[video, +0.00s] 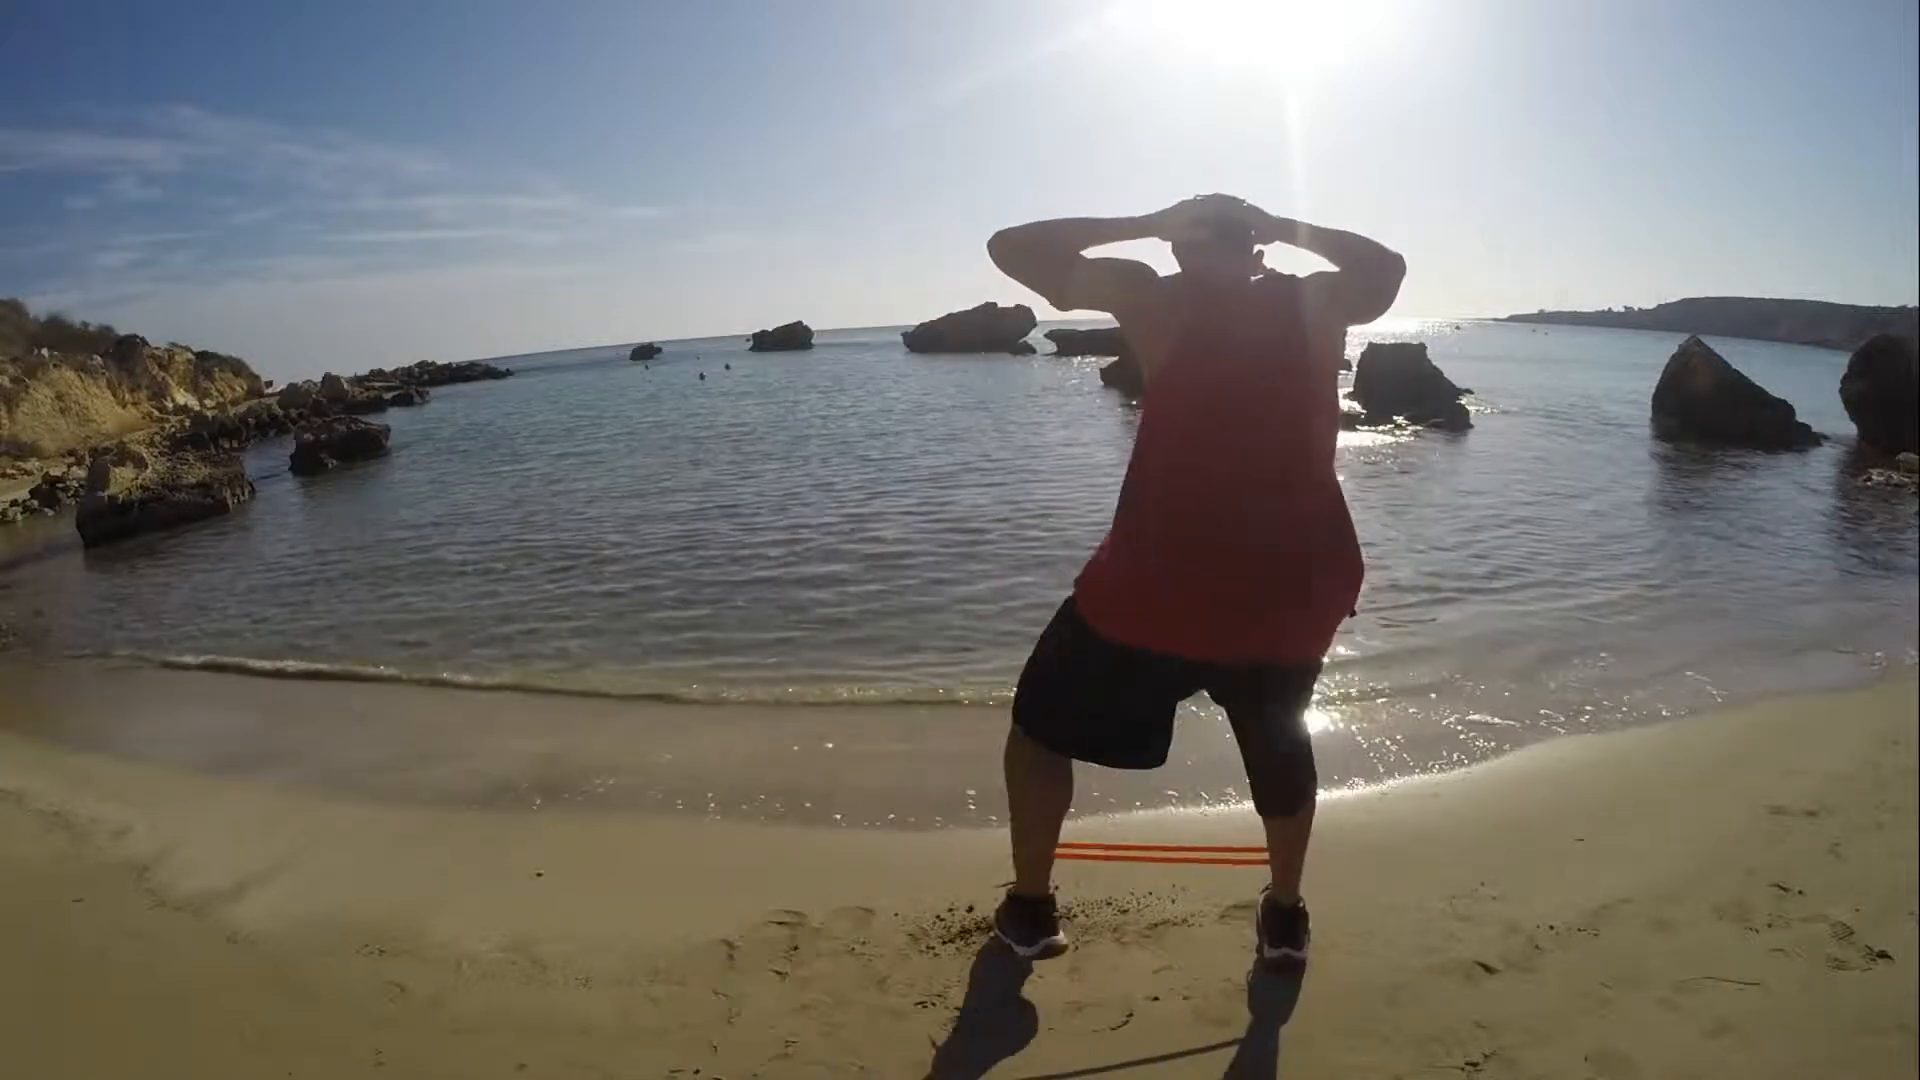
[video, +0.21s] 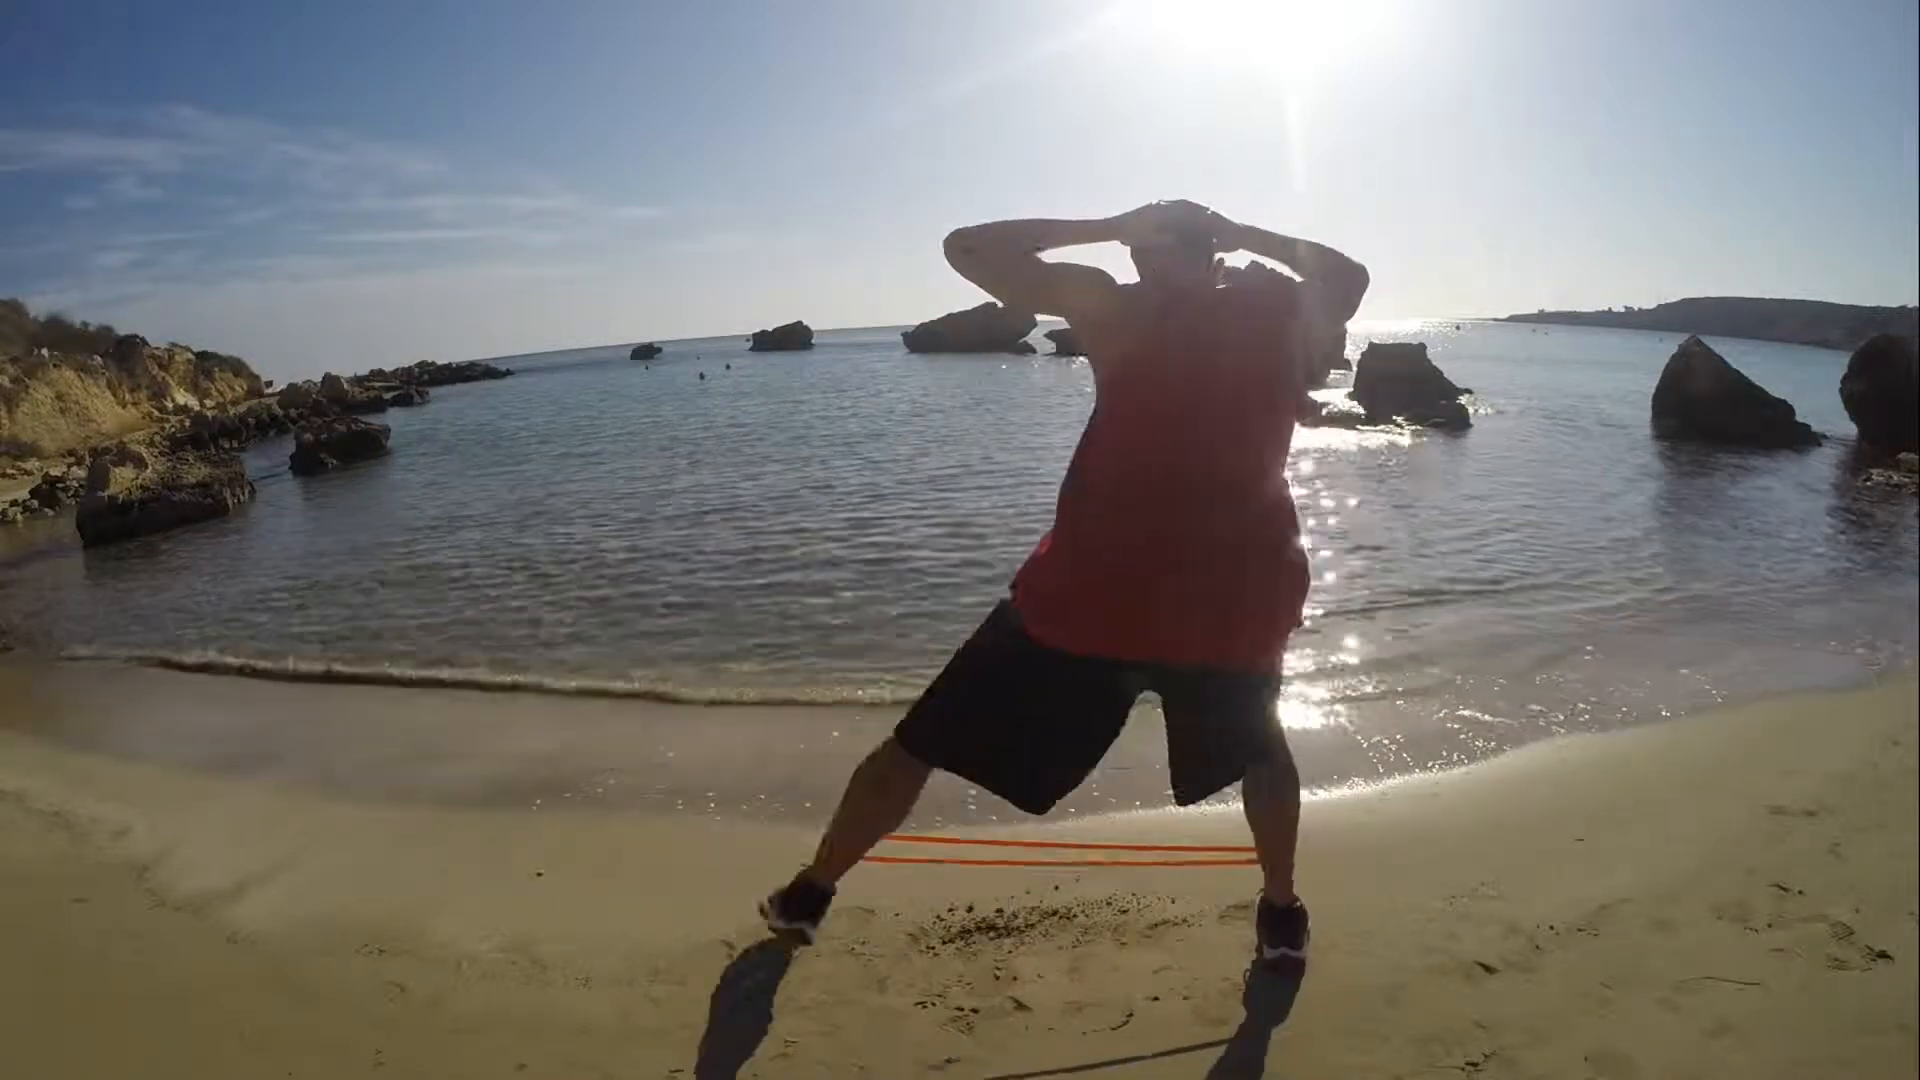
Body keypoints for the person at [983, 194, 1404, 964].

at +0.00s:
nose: (1189, 248)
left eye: (1189, 236)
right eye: (1196, 236)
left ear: (1183, 246)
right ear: (1255, 244)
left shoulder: (1152, 303)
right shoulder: (1320, 301)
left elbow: (1013, 246)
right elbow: (1385, 266)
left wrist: (1147, 222)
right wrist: (1286, 227)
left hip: (1158, 567)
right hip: (1296, 576)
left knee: (1042, 719)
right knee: (1278, 729)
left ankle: (1030, 902)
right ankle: (1285, 910)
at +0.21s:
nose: (1153, 255)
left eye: (1154, 244)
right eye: (1163, 241)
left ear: (1144, 257)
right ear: (1223, 256)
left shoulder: (1112, 309)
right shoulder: (1281, 317)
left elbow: (969, 246)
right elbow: (1346, 277)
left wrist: (1114, 228)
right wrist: (1247, 236)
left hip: (1094, 573)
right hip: (1235, 588)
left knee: (920, 738)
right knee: (1261, 739)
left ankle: (811, 892)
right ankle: (1281, 911)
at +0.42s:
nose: (1072, 263)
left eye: (1056, 250)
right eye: (1079, 251)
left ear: (1025, 271)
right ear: (1107, 271)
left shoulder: (982, 331)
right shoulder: (1161, 334)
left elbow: (849, 266)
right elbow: (1256, 294)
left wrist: (992, 243)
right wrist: (1136, 248)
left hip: (981, 615)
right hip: (1133, 619)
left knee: (846, 773)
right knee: (1223, 765)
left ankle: (774, 938)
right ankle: (1274, 910)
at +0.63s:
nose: (914, 223)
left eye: (903, 214)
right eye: (934, 213)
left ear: (878, 238)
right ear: (968, 239)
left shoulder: (833, 298)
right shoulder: (1019, 297)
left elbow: (715, 234)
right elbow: (1128, 250)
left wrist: (851, 208)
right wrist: (995, 211)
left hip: (854, 593)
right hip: (1010, 585)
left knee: (785, 773)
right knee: (1092, 748)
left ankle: (771, 940)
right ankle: (1126, 904)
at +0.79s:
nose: (868, 223)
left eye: (847, 211)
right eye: (883, 212)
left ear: (815, 233)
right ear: (906, 233)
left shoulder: (770, 294)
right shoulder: (960, 289)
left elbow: (656, 243)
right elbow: (1069, 238)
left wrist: (786, 210)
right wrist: (931, 203)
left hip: (799, 595)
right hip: (944, 593)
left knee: (757, 774)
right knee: (948, 748)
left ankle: (765, 938)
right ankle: (912, 913)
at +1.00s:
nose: (827, 234)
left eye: (811, 224)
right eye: (839, 224)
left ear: (780, 249)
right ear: (872, 245)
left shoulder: (743, 311)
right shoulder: (929, 298)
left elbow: (627, 264)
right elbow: (1034, 247)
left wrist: (751, 226)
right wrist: (900, 217)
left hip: (794, 601)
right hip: (939, 594)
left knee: (756, 786)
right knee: (961, 740)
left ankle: (767, 940)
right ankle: (935, 902)